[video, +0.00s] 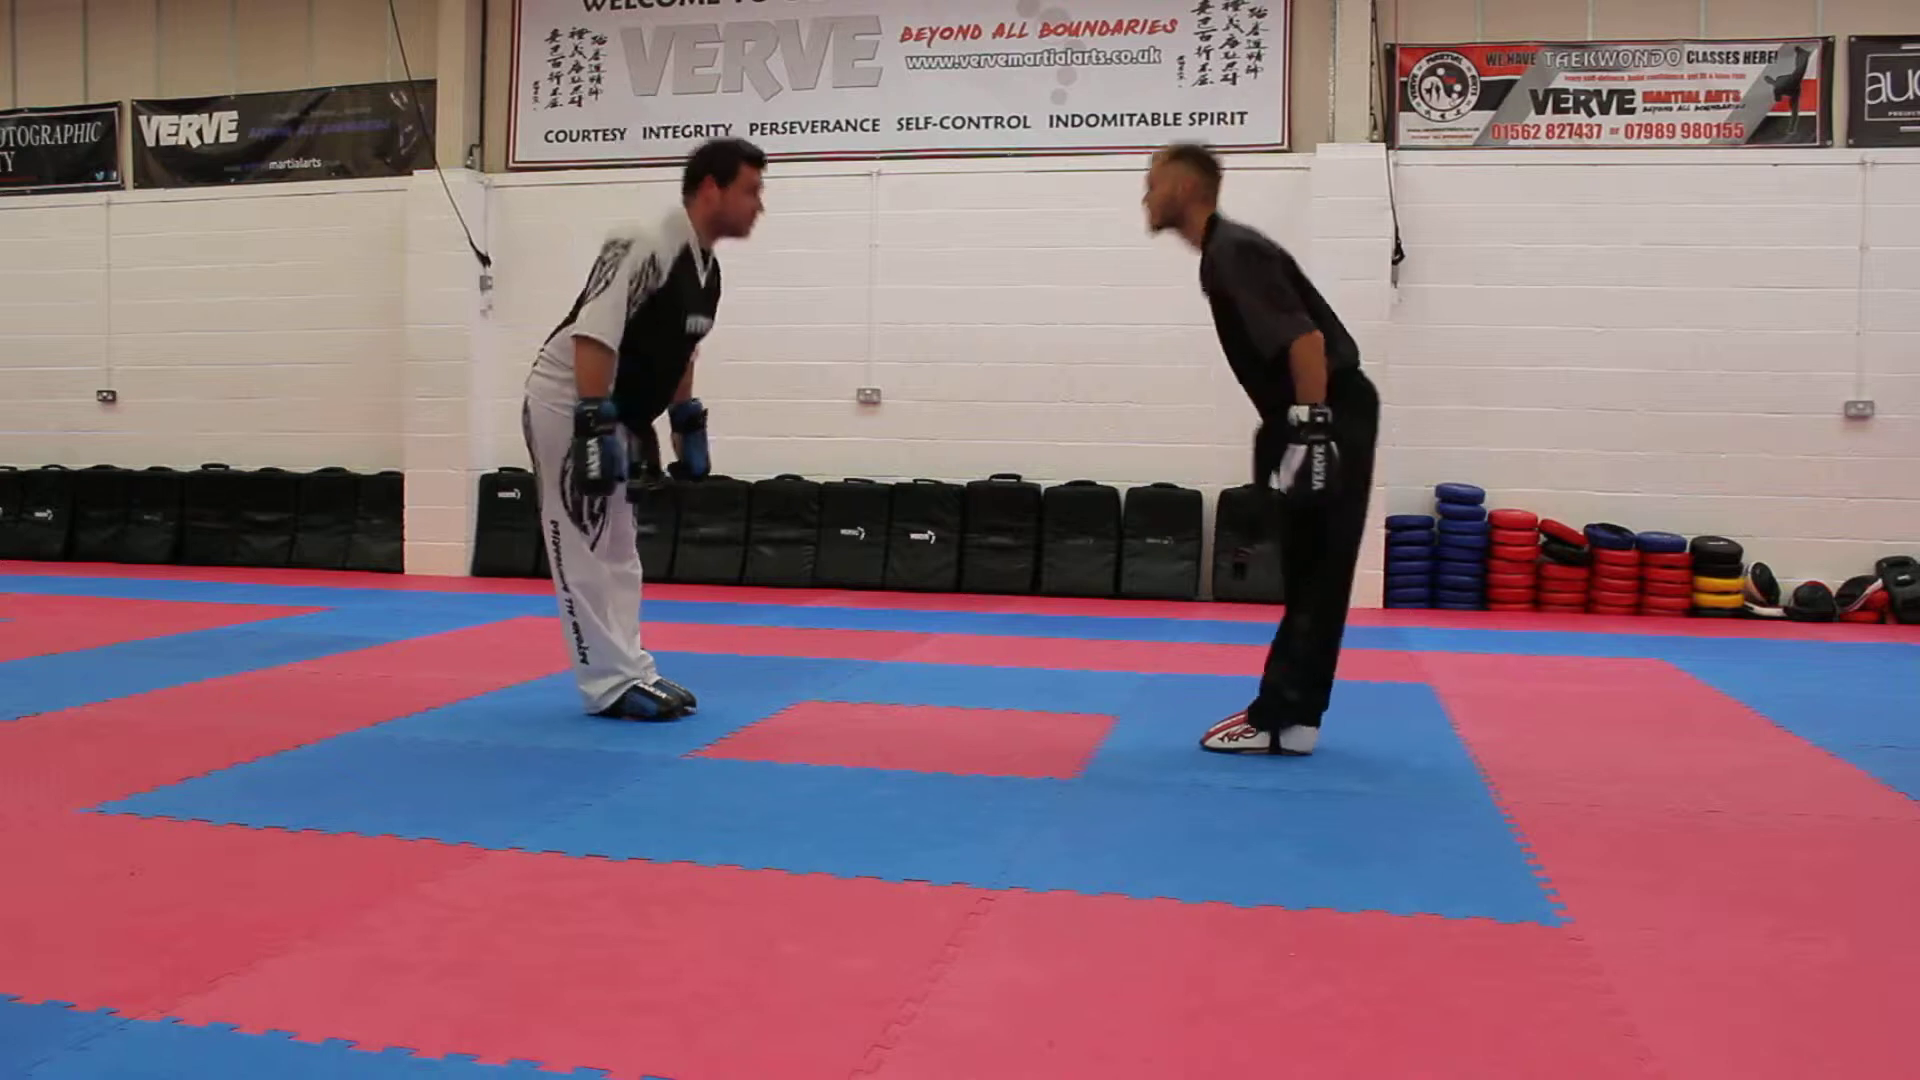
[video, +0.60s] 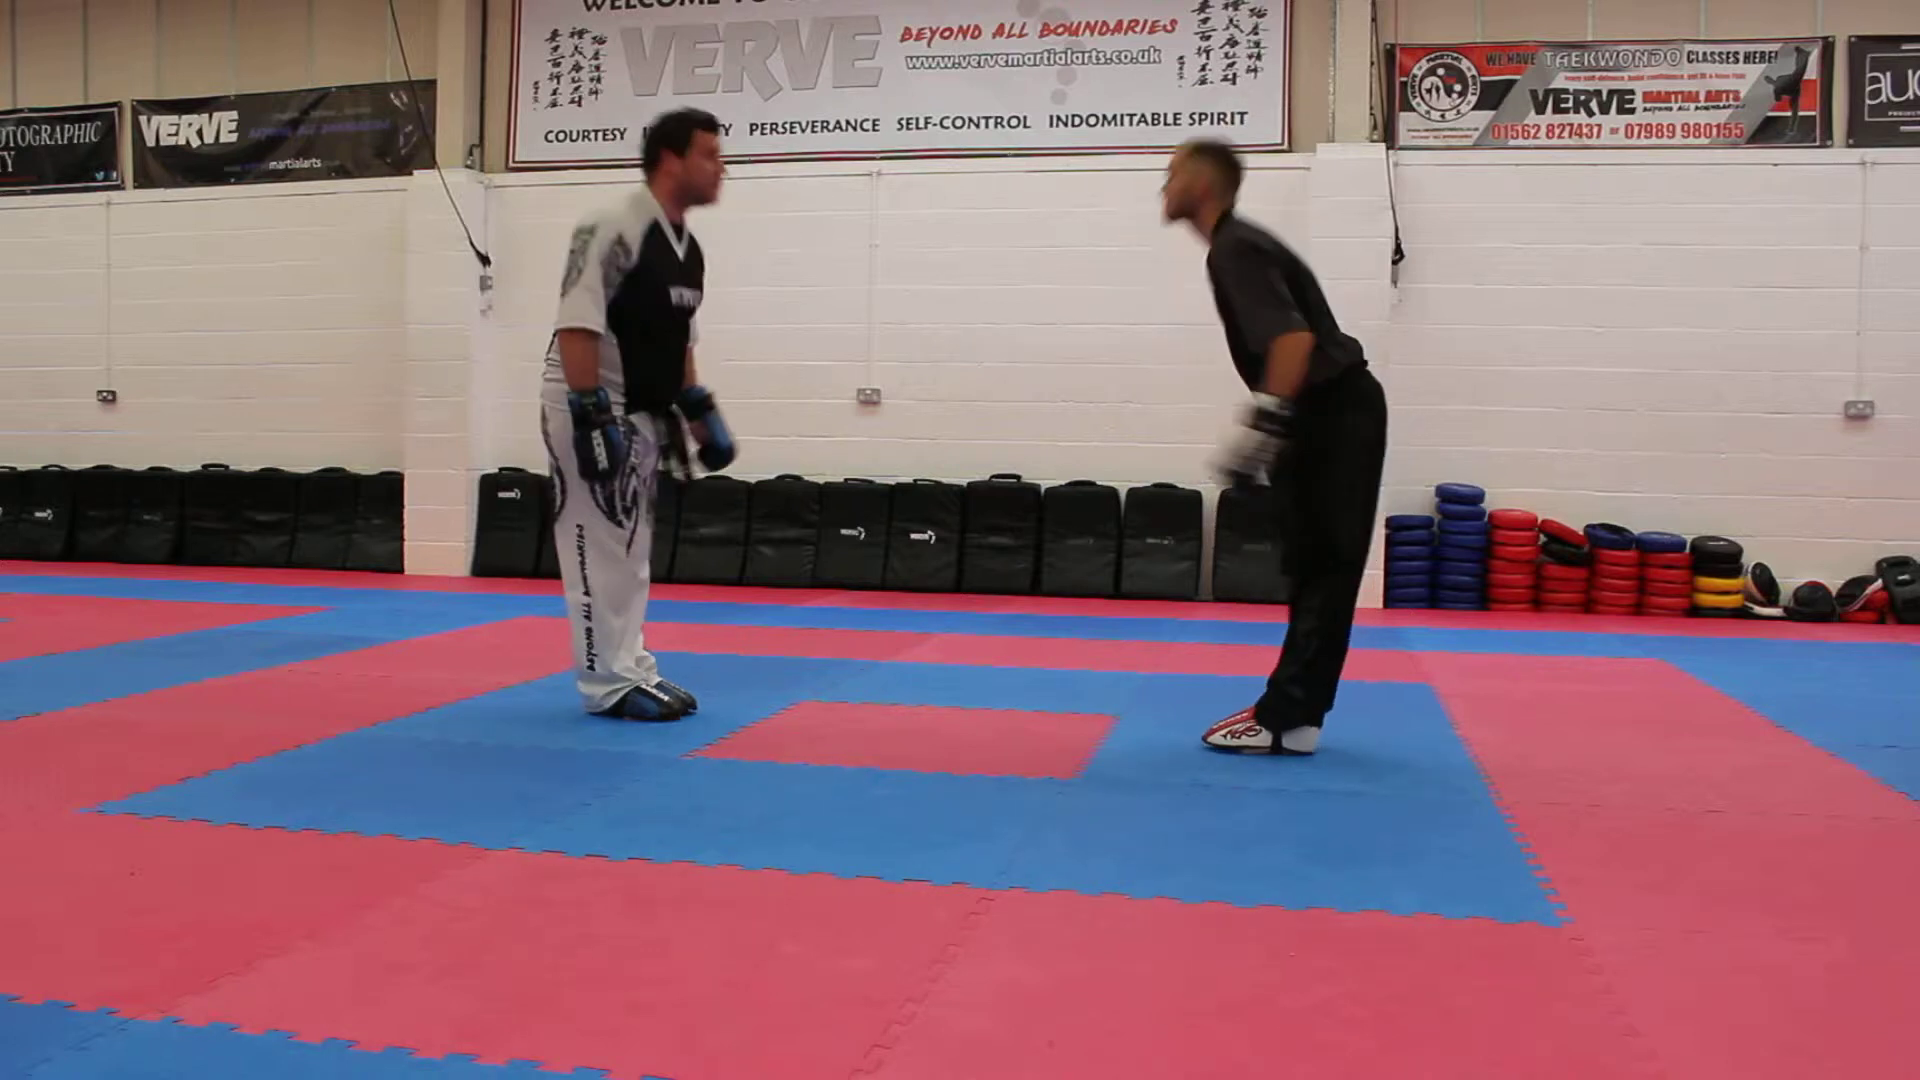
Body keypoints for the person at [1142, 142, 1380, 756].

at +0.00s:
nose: (1144, 196)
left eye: (1152, 183)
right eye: (1147, 184)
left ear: (1186, 187)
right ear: (1187, 188)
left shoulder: (1236, 254)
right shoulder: (1222, 254)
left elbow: (1306, 340)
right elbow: (1285, 344)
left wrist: (1312, 425)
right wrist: (1280, 426)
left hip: (1331, 412)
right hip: (1312, 411)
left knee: (1316, 568)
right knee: (1311, 567)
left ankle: (1285, 715)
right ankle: (1290, 711)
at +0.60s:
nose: (1164, 186)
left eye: (1173, 174)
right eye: (1168, 174)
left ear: (1204, 182)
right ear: (1207, 183)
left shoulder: (1236, 249)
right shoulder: (1237, 245)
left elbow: (1293, 339)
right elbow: (1297, 338)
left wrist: (1263, 424)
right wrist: (1272, 424)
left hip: (1337, 407)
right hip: (1331, 406)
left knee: (1323, 562)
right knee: (1320, 562)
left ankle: (1289, 714)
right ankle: (1296, 712)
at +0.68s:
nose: (1191, 162)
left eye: (1201, 150)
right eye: (1197, 150)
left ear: (1229, 159)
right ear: (1239, 161)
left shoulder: (1243, 233)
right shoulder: (1270, 224)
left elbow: (1253, 339)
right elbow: (1269, 337)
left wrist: (1189, 400)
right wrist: (1195, 395)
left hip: (1313, 412)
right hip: (1331, 408)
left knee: (1306, 559)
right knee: (1313, 559)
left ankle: (1288, 714)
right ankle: (1295, 709)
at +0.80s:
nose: (1220, 148)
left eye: (1228, 137)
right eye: (1224, 136)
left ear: (1256, 148)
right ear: (1276, 152)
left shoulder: (1246, 224)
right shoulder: (1317, 221)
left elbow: (1202, 329)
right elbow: (1310, 323)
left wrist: (1138, 334)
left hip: (1311, 408)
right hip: (1349, 402)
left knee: (1293, 556)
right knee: (1318, 556)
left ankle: (1286, 715)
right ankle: (1295, 707)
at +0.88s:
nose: (1234, 143)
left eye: (1243, 131)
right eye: (1238, 130)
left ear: (1272, 143)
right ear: (1292, 148)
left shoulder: (1249, 221)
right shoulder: (1331, 218)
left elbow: (1186, 320)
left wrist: (1141, 294)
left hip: (1307, 406)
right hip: (1355, 401)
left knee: (1289, 555)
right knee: (1333, 552)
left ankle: (1286, 716)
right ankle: (1327, 700)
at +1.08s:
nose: (1268, 139)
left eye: (1279, 129)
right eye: (1273, 128)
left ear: (1309, 142)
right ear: (1326, 146)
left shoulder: (1273, 222)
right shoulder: (1366, 227)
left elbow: (1231, 326)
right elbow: (1334, 316)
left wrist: (1191, 300)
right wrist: (1250, 329)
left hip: (1298, 419)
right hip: (1362, 413)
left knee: (1279, 564)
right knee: (1372, 558)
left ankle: (1282, 713)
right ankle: (1418, 693)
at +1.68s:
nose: (1244, 154)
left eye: (1253, 143)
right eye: (1247, 143)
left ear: (1286, 151)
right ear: (1300, 155)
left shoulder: (1238, 230)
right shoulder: (1349, 236)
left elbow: (1200, 307)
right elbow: (1347, 338)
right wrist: (1249, 334)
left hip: (1250, 420)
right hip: (1323, 419)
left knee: (1228, 565)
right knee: (1351, 557)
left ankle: (1185, 716)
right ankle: (1378, 696)